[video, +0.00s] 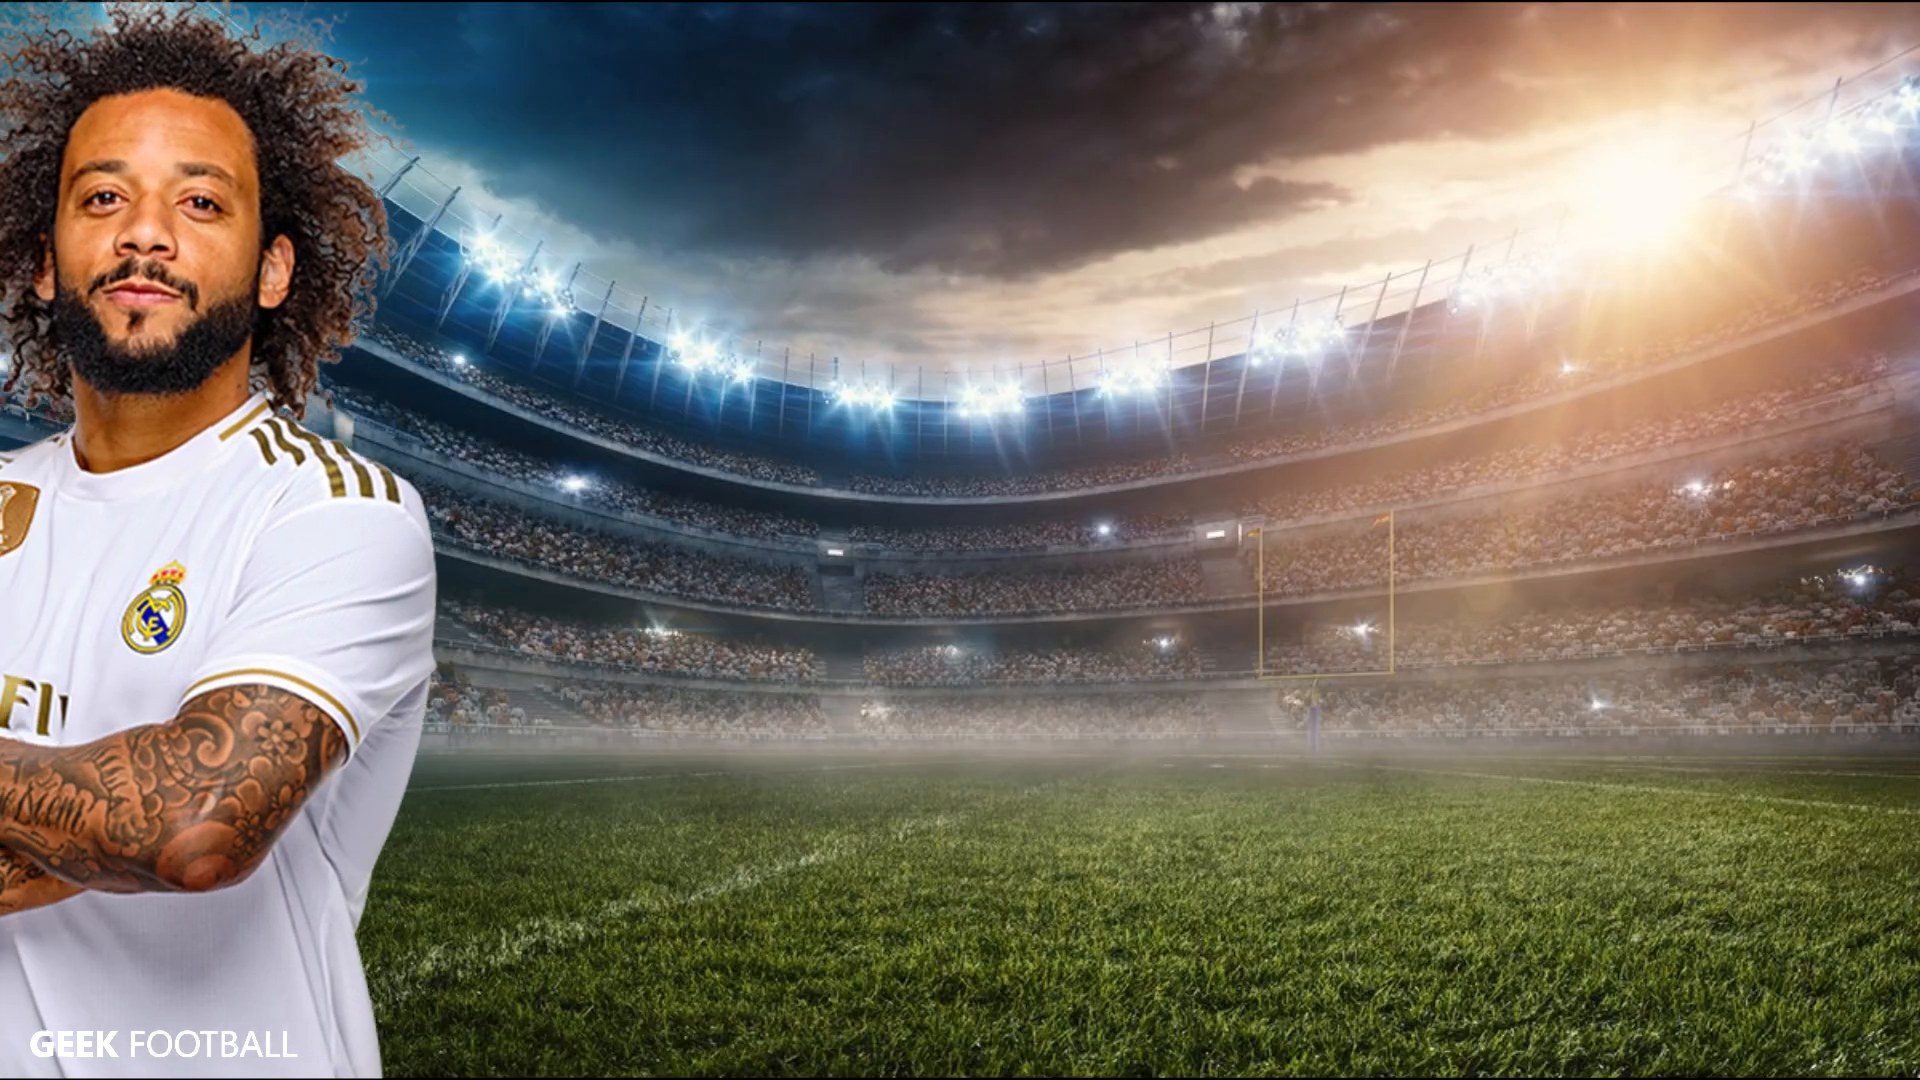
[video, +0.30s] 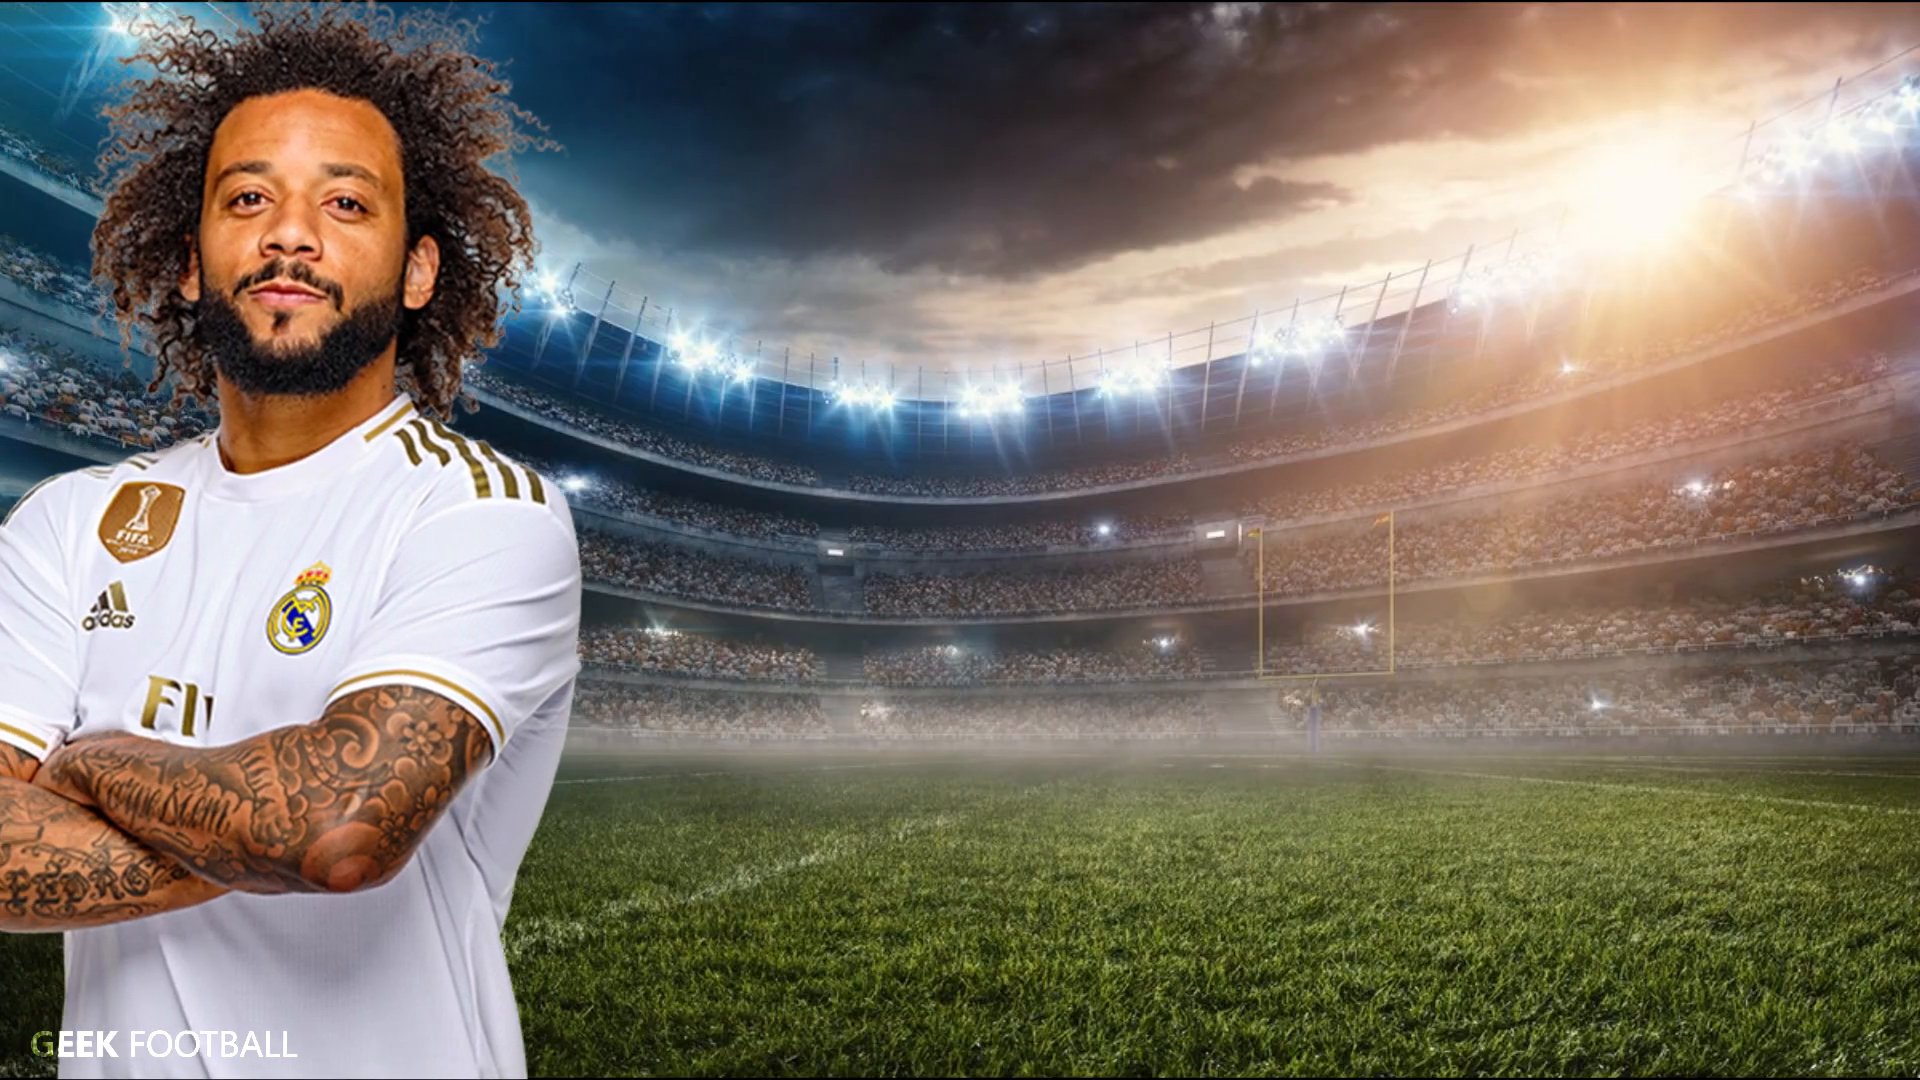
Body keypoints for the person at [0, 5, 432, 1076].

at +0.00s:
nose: (144, 233)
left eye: (199, 200)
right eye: (102, 199)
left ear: (269, 268)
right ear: (50, 260)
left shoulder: (343, 515)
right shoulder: (6, 499)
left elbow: (196, 821)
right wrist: (127, 808)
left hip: (254, 1060)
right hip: (23, 1056)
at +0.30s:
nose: (290, 235)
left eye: (345, 203)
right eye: (247, 200)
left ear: (415, 271)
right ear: (192, 261)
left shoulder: (489, 515)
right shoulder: (65, 523)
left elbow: (342, 825)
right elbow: (7, 868)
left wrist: (76, 760)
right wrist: (263, 826)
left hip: (396, 1064)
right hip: (122, 1064)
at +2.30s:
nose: (424, 238)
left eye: (480, 204)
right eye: (381, 199)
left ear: (548, 273)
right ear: (328, 260)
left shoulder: (623, 518)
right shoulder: (202, 523)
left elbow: (477, 825)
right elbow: (75, 856)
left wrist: (213, 760)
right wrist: (397, 830)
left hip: (534, 1063)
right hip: (255, 1062)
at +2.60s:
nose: (421, 238)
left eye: (476, 204)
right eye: (378, 199)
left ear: (545, 273)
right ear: (324, 260)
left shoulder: (619, 518)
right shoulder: (199, 522)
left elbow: (474, 825)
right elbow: (72, 856)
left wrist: (209, 760)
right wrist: (395, 828)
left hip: (531, 1063)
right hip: (251, 1062)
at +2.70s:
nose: (418, 237)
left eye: (474, 204)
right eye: (377, 199)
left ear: (543, 274)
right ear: (321, 264)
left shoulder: (607, 503)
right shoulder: (197, 524)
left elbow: (474, 826)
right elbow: (66, 853)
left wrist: (204, 761)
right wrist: (385, 834)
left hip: (528, 1063)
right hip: (252, 1062)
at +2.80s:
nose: (419, 237)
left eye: (474, 204)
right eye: (375, 200)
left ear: (542, 273)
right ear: (322, 261)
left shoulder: (617, 517)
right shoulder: (196, 522)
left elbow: (471, 825)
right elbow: (69, 856)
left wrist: (208, 759)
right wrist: (390, 830)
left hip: (529, 1063)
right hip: (249, 1062)